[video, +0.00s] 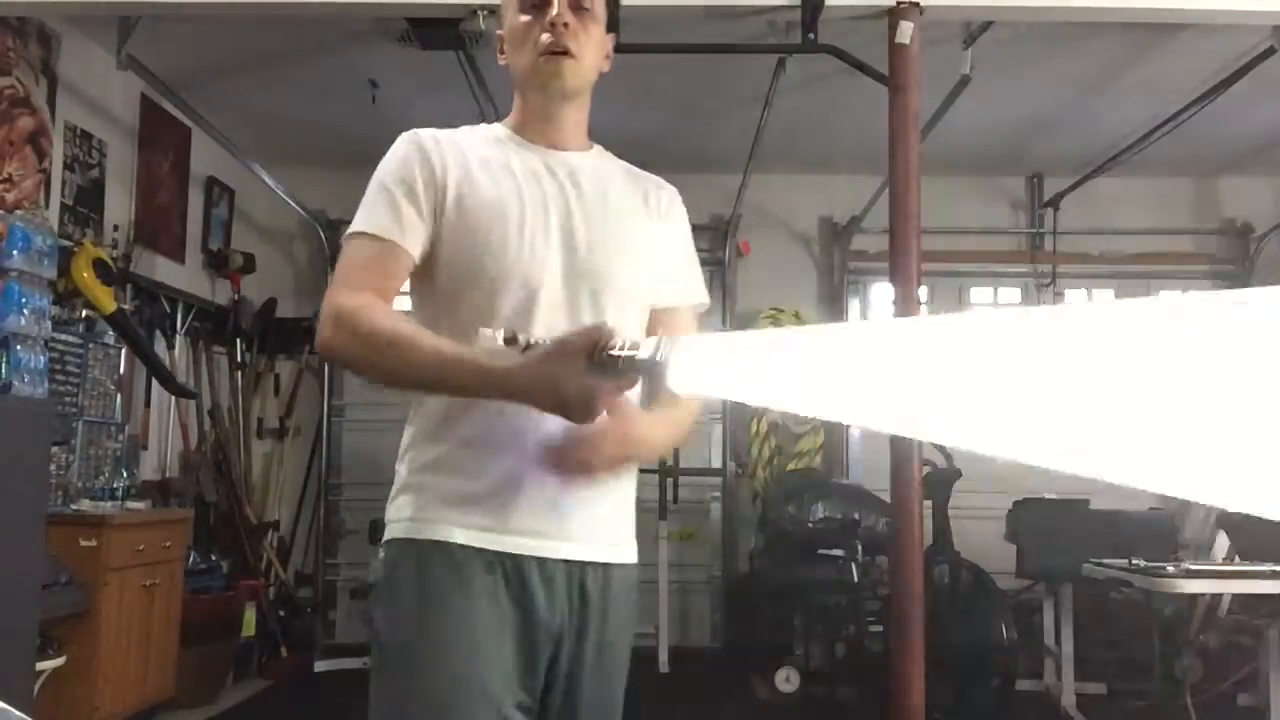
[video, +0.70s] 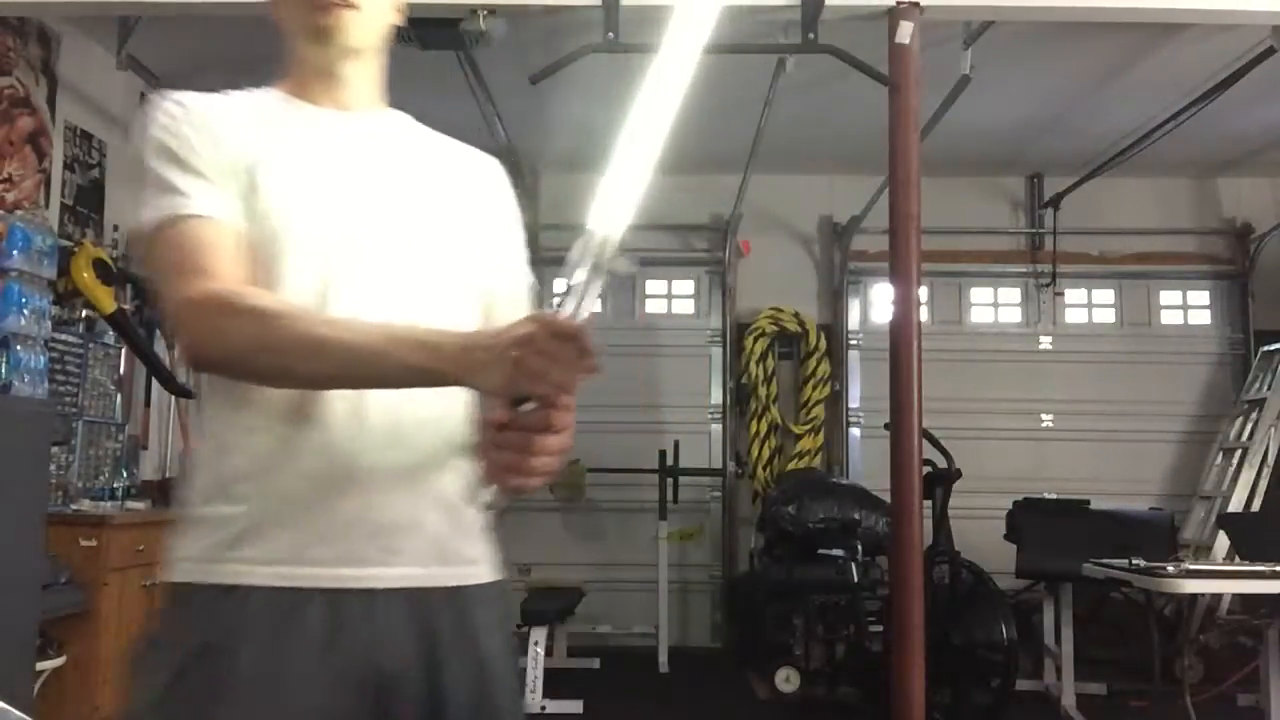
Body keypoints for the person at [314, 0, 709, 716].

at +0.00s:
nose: (558, 16)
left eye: (581, 6)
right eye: (534, 5)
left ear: (608, 50)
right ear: (501, 43)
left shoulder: (656, 204)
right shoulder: (430, 158)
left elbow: (684, 386)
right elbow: (345, 323)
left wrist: (640, 436)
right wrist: (520, 377)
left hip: (601, 562)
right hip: (453, 553)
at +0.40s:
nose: (480, 8)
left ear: (536, 34)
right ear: (425, 31)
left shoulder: (605, 192)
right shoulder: (362, 156)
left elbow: (633, 358)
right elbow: (336, 323)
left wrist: (636, 399)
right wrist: (558, 326)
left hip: (574, 572)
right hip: (411, 568)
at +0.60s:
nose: (398, 1)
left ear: (459, 18)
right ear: (333, 15)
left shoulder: (532, 185)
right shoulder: (267, 142)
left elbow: (571, 366)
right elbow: (269, 325)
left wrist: (583, 417)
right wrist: (509, 345)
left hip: (510, 590)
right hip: (328, 588)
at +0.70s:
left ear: (402, 10)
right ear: (273, 6)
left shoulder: (479, 179)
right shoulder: (197, 122)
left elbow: (504, 393)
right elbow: (206, 323)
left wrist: (533, 436)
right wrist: (467, 356)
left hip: (453, 603)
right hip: (253, 602)